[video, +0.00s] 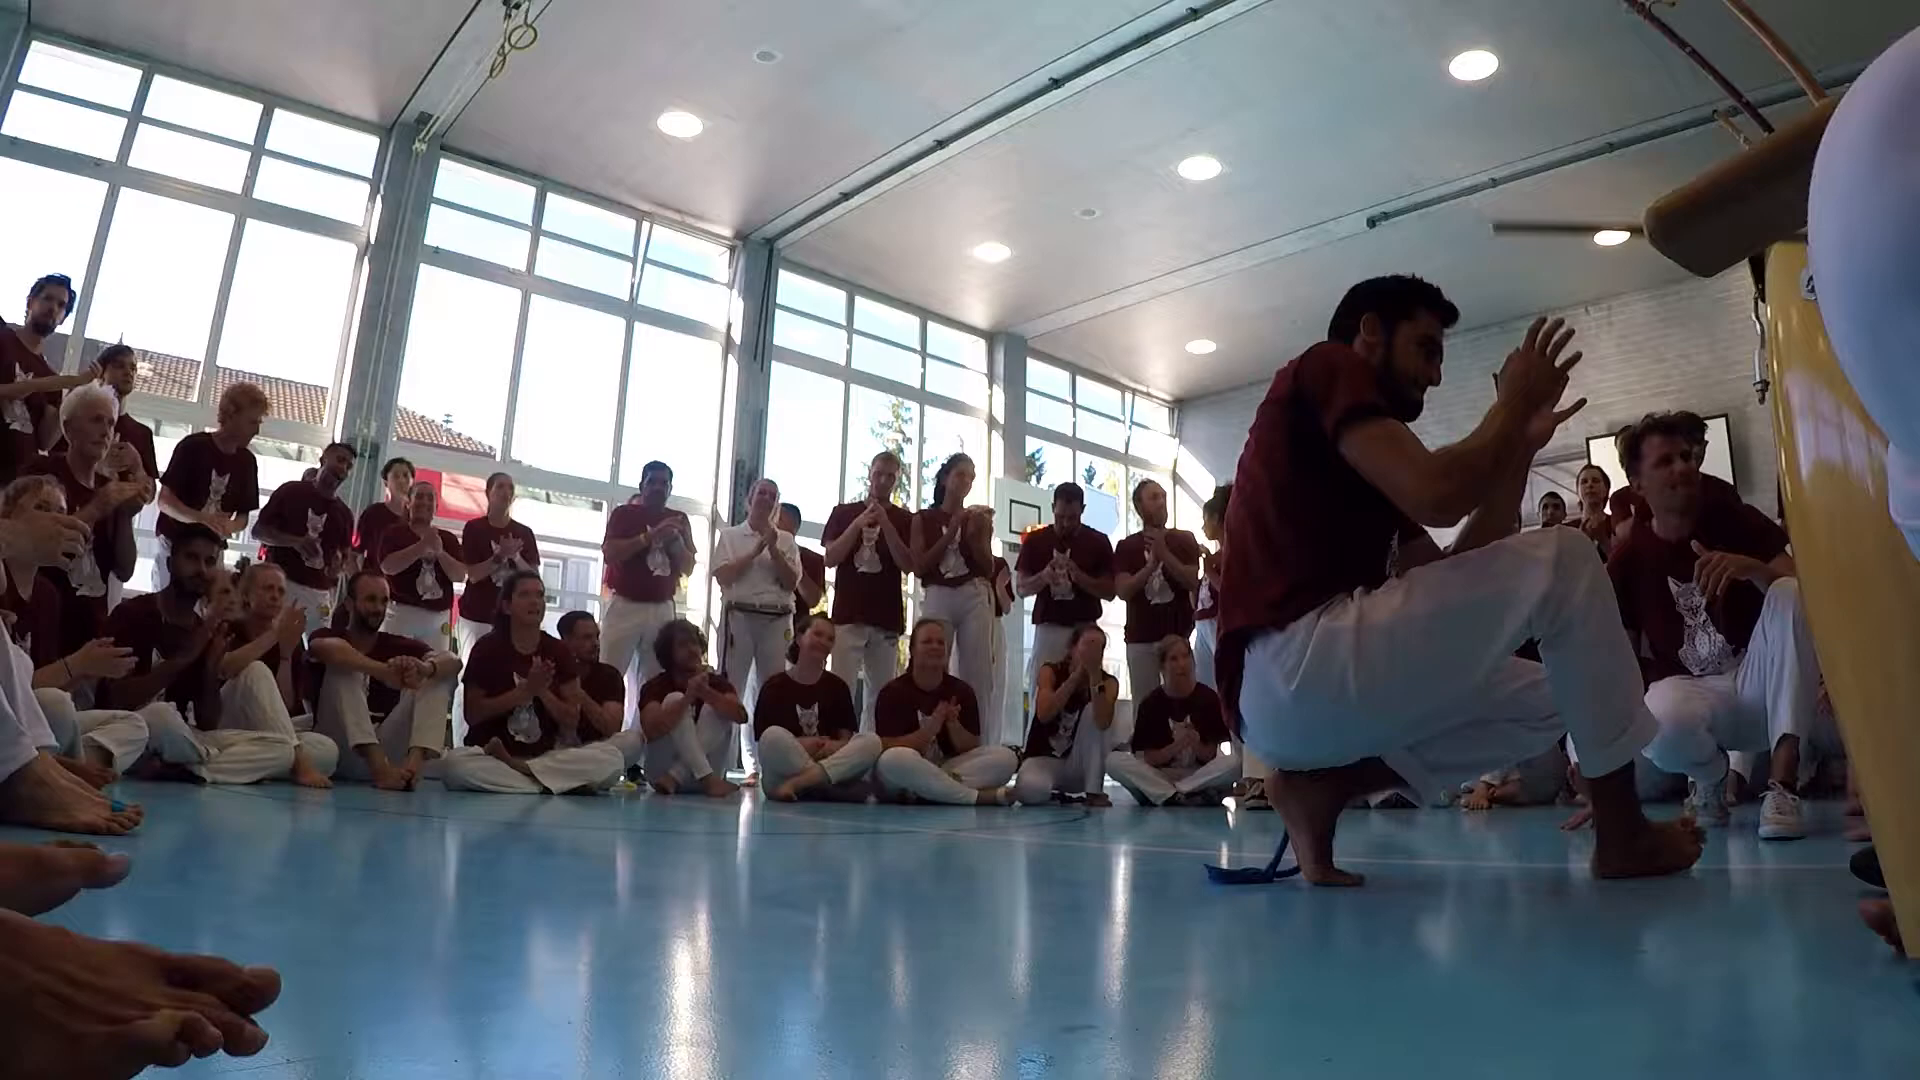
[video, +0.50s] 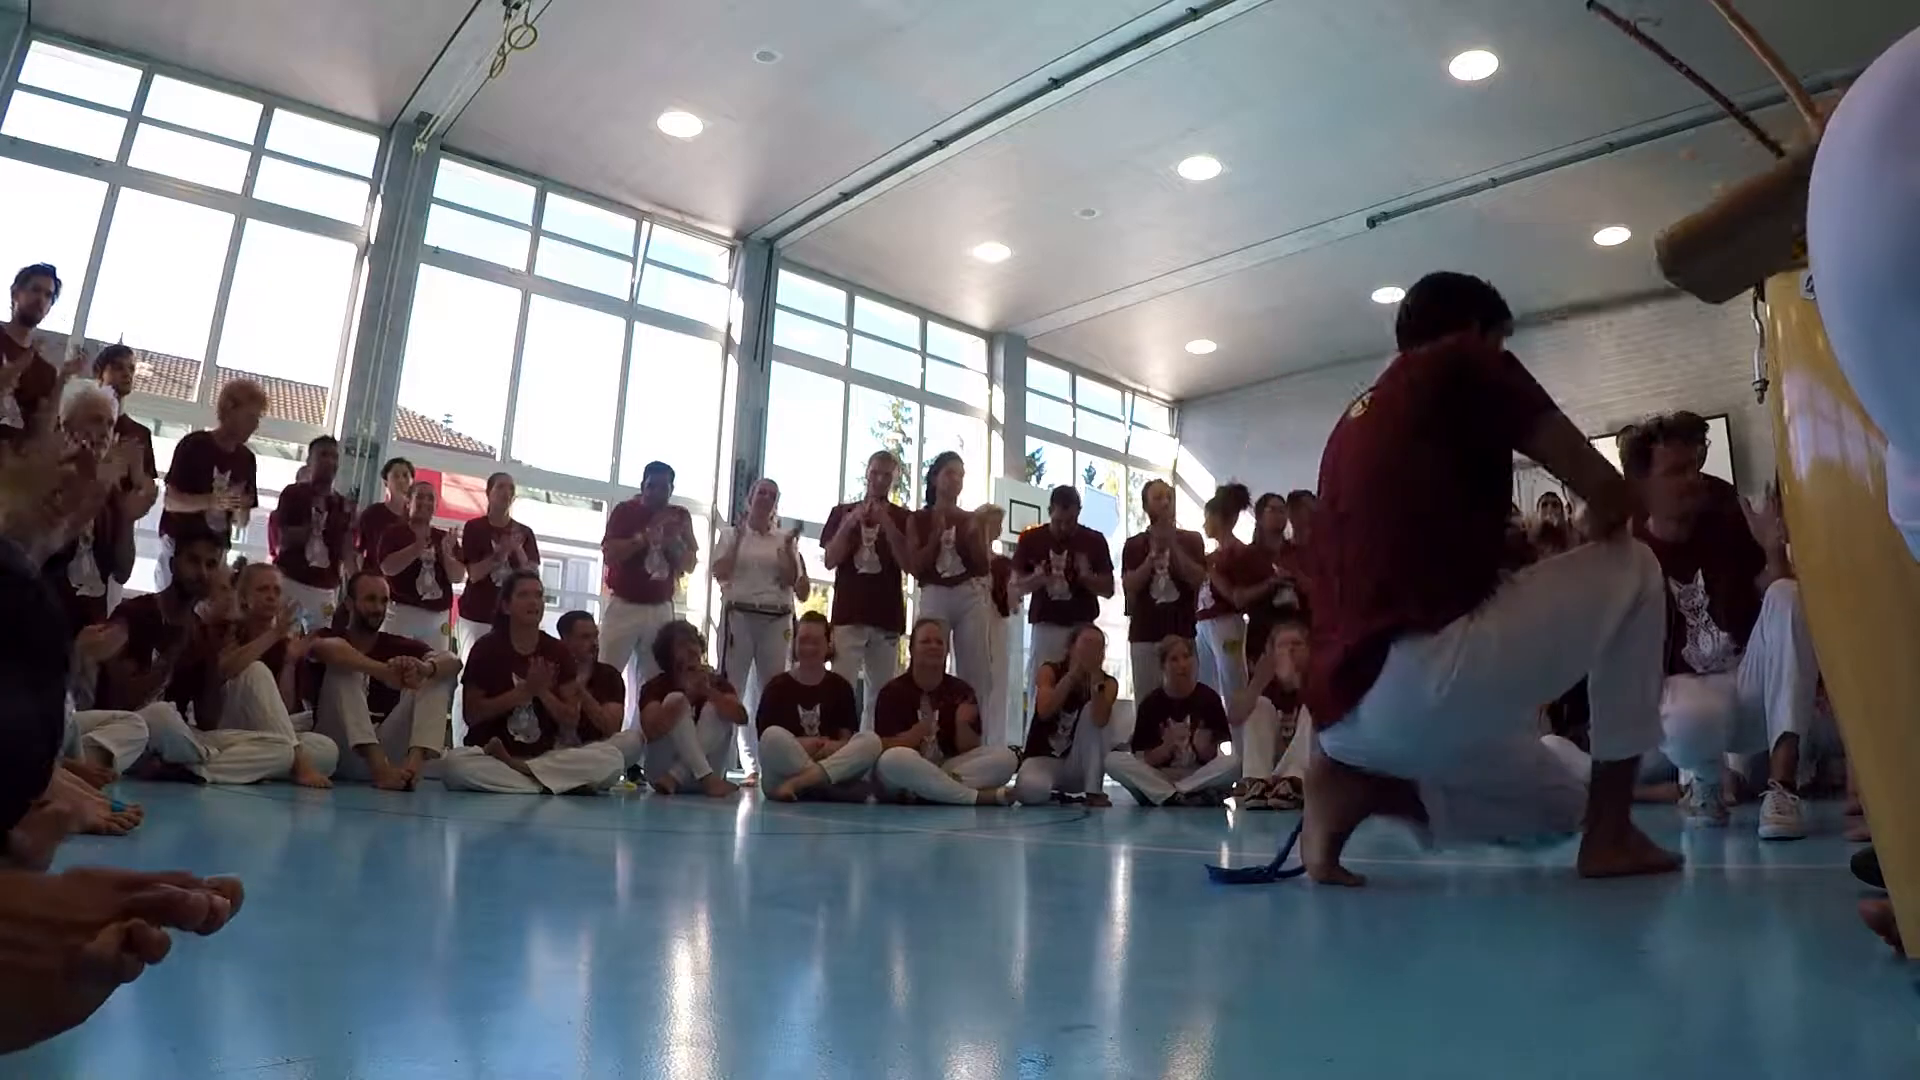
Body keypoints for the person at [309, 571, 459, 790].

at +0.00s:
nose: (379, 608)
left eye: (384, 601)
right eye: (371, 600)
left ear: (389, 604)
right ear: (350, 603)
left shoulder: (395, 644)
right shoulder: (327, 636)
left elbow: (454, 661)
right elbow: (321, 648)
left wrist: (428, 667)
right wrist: (383, 671)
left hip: (386, 754)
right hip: (336, 750)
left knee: (439, 674)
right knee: (343, 663)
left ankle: (415, 763)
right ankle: (379, 766)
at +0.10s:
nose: (379, 608)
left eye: (384, 601)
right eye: (370, 600)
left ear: (389, 604)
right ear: (349, 603)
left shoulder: (395, 644)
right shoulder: (327, 636)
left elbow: (454, 661)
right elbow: (321, 648)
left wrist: (428, 668)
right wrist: (385, 672)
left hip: (386, 753)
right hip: (336, 750)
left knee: (439, 674)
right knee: (343, 663)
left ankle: (415, 764)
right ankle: (379, 766)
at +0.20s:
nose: (378, 608)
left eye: (384, 601)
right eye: (370, 600)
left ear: (389, 604)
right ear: (350, 603)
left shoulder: (395, 644)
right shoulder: (327, 636)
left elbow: (454, 662)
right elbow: (321, 648)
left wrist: (427, 668)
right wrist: (385, 672)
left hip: (387, 753)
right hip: (337, 750)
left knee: (438, 674)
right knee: (343, 663)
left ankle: (415, 764)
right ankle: (379, 766)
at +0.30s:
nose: (378, 608)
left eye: (384, 601)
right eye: (370, 599)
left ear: (389, 604)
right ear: (350, 602)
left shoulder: (395, 644)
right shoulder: (327, 636)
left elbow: (454, 662)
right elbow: (322, 648)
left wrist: (428, 668)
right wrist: (385, 672)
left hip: (386, 754)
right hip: (336, 751)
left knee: (439, 674)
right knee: (343, 662)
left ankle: (414, 764)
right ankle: (379, 766)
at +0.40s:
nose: (378, 607)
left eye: (384, 601)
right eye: (370, 599)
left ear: (389, 604)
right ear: (350, 603)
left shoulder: (395, 644)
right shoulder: (326, 636)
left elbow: (454, 662)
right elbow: (322, 648)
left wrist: (427, 668)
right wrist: (386, 672)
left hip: (386, 754)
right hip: (336, 750)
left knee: (438, 673)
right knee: (343, 662)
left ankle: (415, 764)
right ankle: (379, 766)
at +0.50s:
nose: (379, 608)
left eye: (384, 601)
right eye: (370, 600)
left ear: (389, 604)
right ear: (349, 603)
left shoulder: (395, 644)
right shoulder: (327, 637)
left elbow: (454, 662)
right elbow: (324, 649)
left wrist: (427, 668)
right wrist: (386, 672)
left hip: (386, 754)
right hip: (336, 752)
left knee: (438, 673)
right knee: (343, 662)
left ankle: (415, 763)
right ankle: (379, 766)